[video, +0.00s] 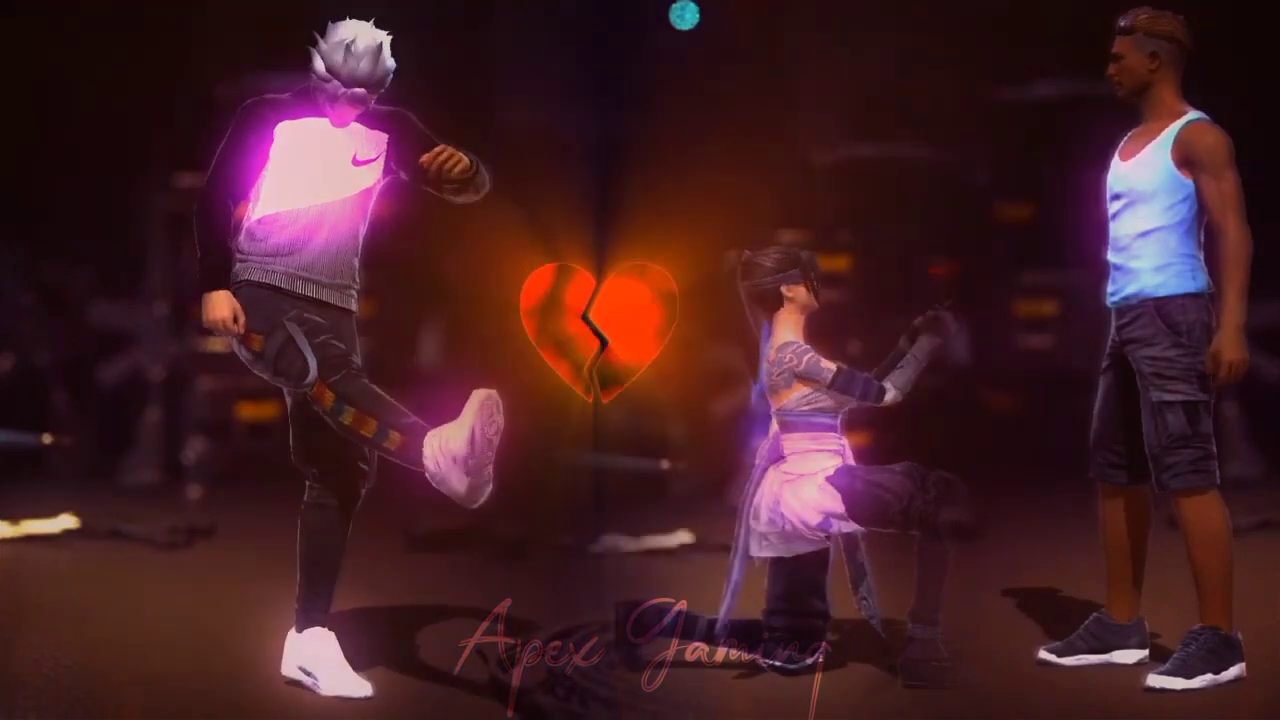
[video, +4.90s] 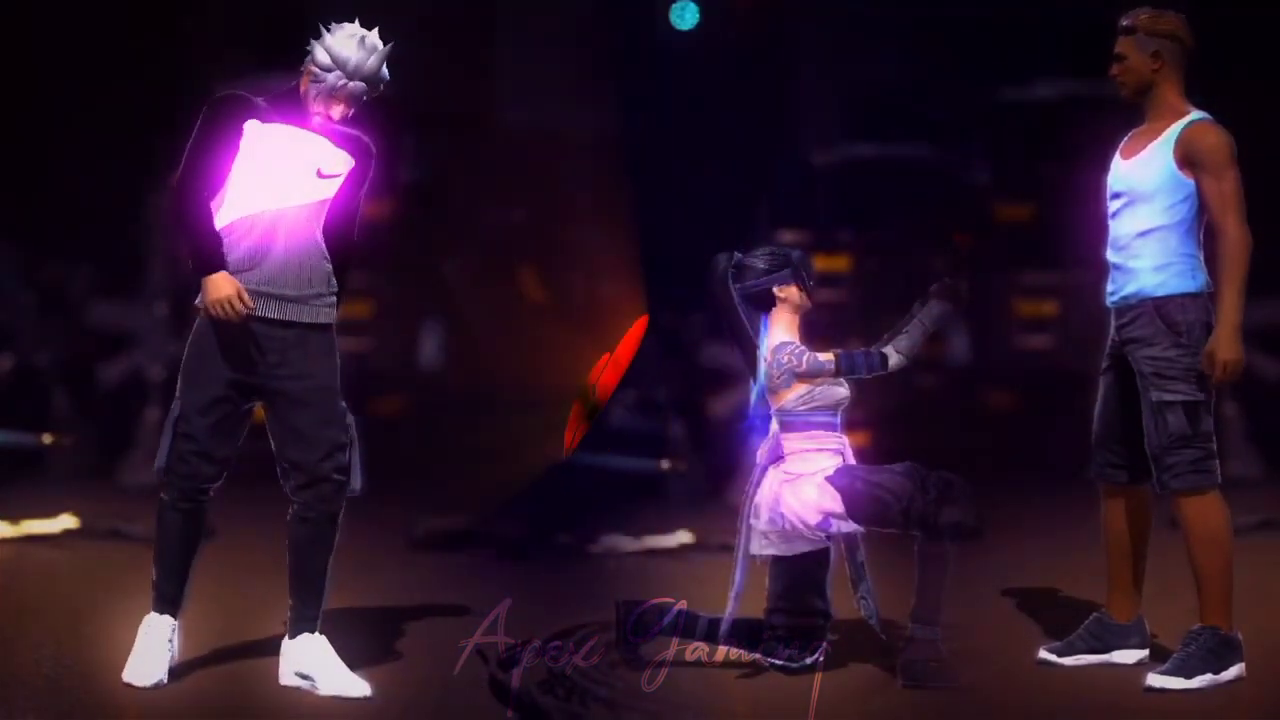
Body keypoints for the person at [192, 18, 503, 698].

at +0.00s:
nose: (352, 108)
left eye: (366, 98)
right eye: (342, 94)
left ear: (382, 89)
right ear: (321, 76)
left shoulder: (393, 129)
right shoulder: (269, 115)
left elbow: (471, 191)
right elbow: (217, 198)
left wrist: (465, 173)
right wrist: (212, 281)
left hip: (335, 309)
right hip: (260, 293)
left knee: (335, 475)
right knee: (318, 371)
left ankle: (309, 634)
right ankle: (437, 456)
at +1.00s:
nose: (357, 117)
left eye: (370, 107)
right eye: (348, 102)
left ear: (386, 98)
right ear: (329, 80)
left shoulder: (391, 136)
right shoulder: (270, 118)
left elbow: (445, 213)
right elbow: (219, 202)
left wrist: (456, 194)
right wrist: (207, 287)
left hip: (334, 309)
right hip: (263, 294)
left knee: (344, 461)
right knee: (311, 408)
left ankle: (308, 635)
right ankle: (397, 520)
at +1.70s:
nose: (360, 121)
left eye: (374, 112)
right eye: (353, 106)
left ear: (386, 107)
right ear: (332, 86)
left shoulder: (381, 144)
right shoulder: (274, 117)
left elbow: (402, 220)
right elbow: (223, 205)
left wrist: (428, 238)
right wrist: (212, 288)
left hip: (333, 309)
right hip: (264, 297)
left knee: (352, 456)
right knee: (298, 440)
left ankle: (305, 638)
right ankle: (337, 596)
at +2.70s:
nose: (357, 123)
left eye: (371, 114)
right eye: (351, 105)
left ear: (384, 110)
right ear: (329, 83)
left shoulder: (373, 153)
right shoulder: (269, 119)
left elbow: (376, 245)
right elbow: (220, 200)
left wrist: (399, 317)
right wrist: (210, 287)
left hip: (333, 324)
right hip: (264, 311)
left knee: (343, 474)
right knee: (263, 467)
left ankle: (309, 637)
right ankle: (246, 635)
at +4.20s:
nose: (348, 116)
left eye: (362, 108)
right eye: (341, 98)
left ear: (375, 107)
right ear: (319, 82)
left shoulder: (369, 157)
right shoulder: (257, 122)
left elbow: (361, 255)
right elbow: (213, 197)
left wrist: (353, 345)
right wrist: (217, 279)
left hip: (325, 333)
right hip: (250, 319)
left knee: (334, 479)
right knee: (208, 473)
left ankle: (307, 637)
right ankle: (172, 625)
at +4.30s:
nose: (344, 115)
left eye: (359, 107)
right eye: (338, 96)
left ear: (372, 107)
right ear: (315, 81)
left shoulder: (364, 154)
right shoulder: (251, 118)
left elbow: (358, 227)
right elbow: (208, 198)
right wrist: (218, 277)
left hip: (319, 331)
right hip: (244, 318)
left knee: (333, 478)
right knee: (203, 471)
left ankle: (306, 637)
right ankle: (169, 623)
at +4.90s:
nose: (340, 111)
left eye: (354, 102)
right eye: (333, 94)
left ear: (365, 98)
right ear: (308, 78)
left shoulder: (362, 150)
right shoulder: (236, 115)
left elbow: (344, 241)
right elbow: (189, 197)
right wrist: (210, 269)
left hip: (307, 329)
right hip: (227, 319)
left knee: (321, 477)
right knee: (188, 470)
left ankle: (304, 639)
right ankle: (161, 623)